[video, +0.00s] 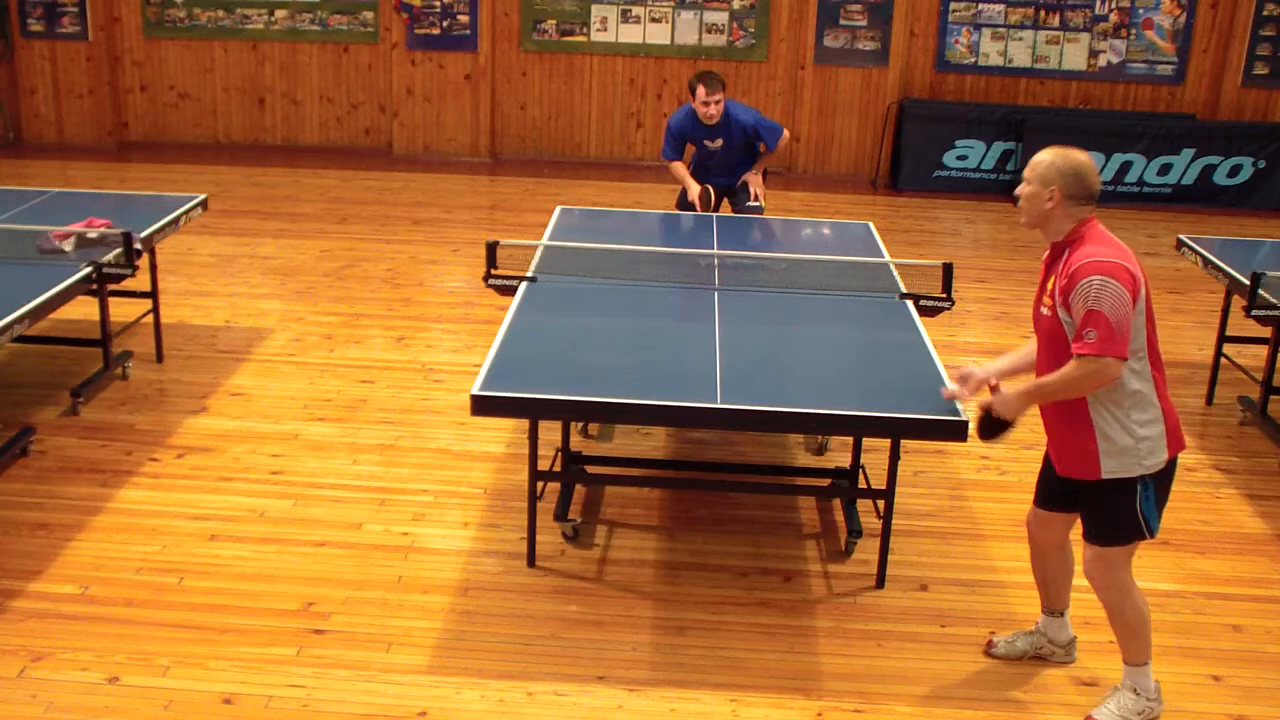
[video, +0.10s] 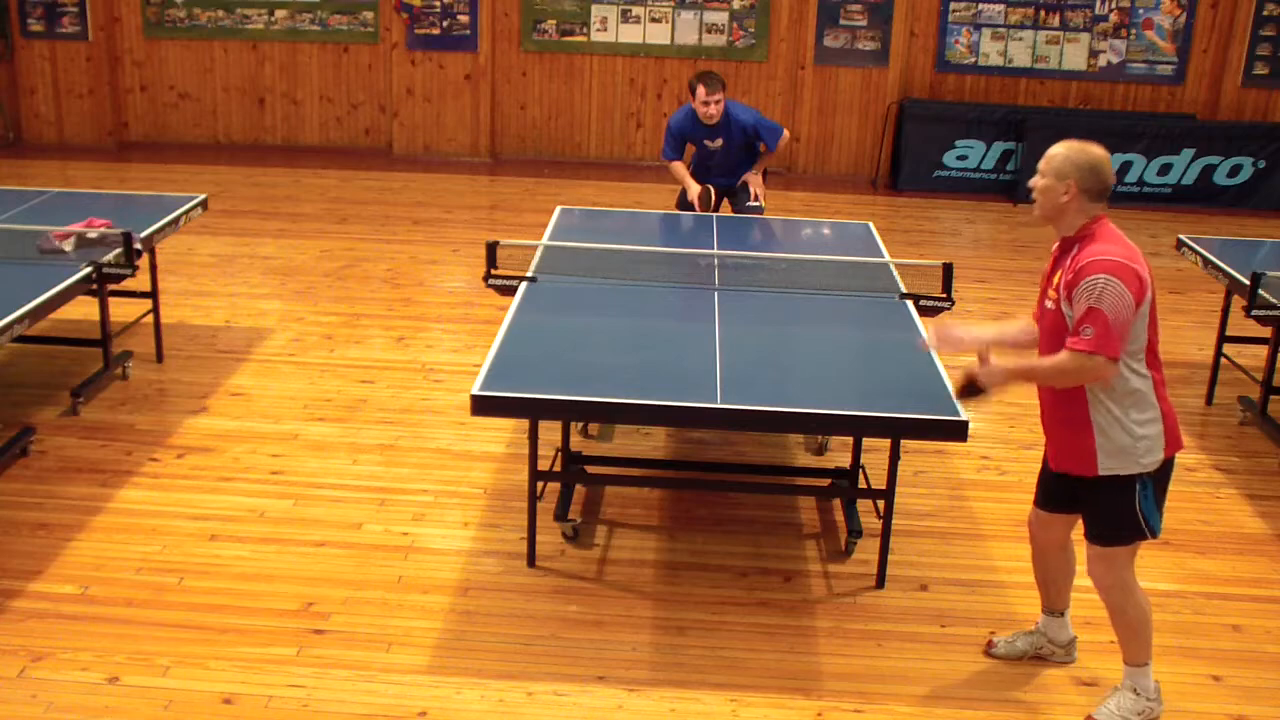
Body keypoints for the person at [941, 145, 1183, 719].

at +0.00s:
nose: (1015, 193)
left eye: (1024, 185)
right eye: (1019, 183)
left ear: (1055, 198)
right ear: (1058, 199)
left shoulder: (1098, 270)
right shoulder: (1063, 252)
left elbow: (1102, 366)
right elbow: (1054, 343)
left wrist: (1026, 394)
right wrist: (992, 370)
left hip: (1126, 446)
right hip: (1077, 432)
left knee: (1107, 569)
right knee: (1045, 529)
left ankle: (1141, 689)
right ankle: (1054, 633)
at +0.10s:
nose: (1030, 183)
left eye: (1040, 176)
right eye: (1035, 174)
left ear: (1069, 192)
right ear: (1070, 192)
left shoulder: (1107, 266)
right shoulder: (1070, 248)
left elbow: (1090, 363)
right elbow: (1042, 331)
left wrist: (1006, 372)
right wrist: (966, 335)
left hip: (1124, 444)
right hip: (1075, 431)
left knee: (1111, 568)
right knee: (1046, 528)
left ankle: (1141, 688)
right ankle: (1055, 632)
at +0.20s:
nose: (1043, 179)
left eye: (1052, 172)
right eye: (1047, 170)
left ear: (1082, 189)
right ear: (1084, 188)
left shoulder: (1116, 264)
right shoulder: (1073, 245)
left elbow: (1084, 357)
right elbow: (1030, 305)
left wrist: (999, 336)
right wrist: (958, 280)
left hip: (1123, 445)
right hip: (1073, 433)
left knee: (1113, 565)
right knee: (1050, 526)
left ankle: (1141, 688)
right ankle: (1055, 633)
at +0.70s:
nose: (1075, 175)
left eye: (1087, 174)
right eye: (1084, 168)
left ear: (1109, 208)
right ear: (1107, 205)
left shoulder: (1143, 289)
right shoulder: (1065, 233)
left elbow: (1124, 388)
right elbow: (1003, 242)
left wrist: (1045, 406)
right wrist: (934, 227)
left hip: (1123, 449)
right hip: (1065, 431)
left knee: (1121, 569)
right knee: (1055, 529)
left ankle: (1142, 689)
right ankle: (1056, 632)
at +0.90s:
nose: (1040, 194)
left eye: (1051, 192)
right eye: (1048, 187)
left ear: (1074, 224)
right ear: (1074, 223)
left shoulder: (1124, 295)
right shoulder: (1047, 256)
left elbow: (1142, 389)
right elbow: (1007, 272)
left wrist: (1100, 431)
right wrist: (944, 281)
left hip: (1121, 461)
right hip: (1060, 444)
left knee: (1118, 578)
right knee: (1034, 533)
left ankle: (1141, 689)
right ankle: (1052, 633)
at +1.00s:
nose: (997, 225)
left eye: (1005, 222)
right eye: (1001, 217)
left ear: (1034, 244)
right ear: (1037, 242)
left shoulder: (1097, 298)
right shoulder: (1043, 266)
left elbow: (1119, 397)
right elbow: (1026, 307)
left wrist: (1084, 390)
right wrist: (972, 323)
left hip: (1109, 466)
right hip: (1059, 453)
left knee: (1106, 586)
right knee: (1016, 537)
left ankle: (1141, 691)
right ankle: (1037, 661)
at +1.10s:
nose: (959, 255)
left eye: (964, 247)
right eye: (959, 245)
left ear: (996, 253)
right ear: (1003, 247)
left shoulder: (1056, 297)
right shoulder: (1028, 277)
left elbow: (1070, 395)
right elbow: (1041, 357)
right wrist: (991, 357)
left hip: (1092, 477)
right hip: (1047, 464)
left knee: (1070, 599)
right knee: (1002, 552)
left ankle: (1136, 683)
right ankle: (1029, 672)